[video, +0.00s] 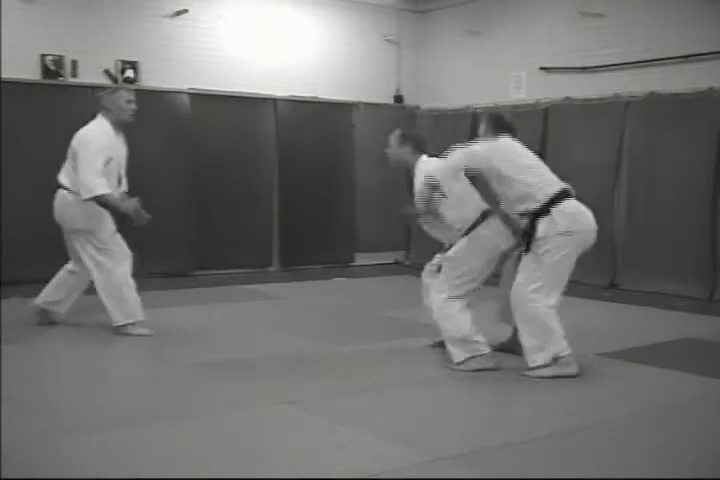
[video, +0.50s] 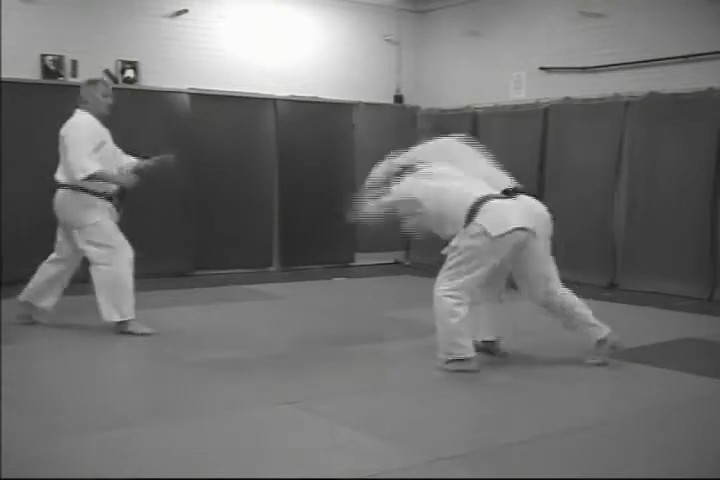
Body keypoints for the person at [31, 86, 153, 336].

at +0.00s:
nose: (134, 108)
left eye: (134, 103)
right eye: (128, 102)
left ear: (113, 106)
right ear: (108, 104)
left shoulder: (116, 137)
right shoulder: (92, 136)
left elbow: (117, 183)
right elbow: (92, 186)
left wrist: (128, 203)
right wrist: (125, 206)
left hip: (88, 202)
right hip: (79, 204)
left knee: (83, 262)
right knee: (116, 257)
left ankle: (48, 308)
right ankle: (126, 321)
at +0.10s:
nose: (135, 106)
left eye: (135, 101)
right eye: (129, 101)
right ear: (109, 103)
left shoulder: (117, 136)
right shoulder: (94, 134)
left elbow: (119, 181)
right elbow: (92, 184)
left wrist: (131, 205)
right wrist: (125, 206)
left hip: (92, 201)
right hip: (79, 203)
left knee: (86, 260)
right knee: (117, 255)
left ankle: (55, 310)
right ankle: (122, 321)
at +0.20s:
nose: (128, 103)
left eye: (127, 98)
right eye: (122, 98)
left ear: (109, 104)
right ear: (104, 102)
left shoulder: (109, 134)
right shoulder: (93, 133)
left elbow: (119, 175)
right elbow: (93, 180)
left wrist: (142, 193)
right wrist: (122, 200)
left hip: (80, 203)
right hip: (86, 204)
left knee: (84, 263)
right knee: (122, 259)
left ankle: (55, 313)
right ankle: (124, 322)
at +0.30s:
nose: (122, 96)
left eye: (122, 91)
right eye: (117, 91)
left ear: (104, 96)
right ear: (98, 95)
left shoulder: (104, 124)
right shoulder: (91, 124)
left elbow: (118, 164)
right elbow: (93, 174)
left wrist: (144, 175)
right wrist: (123, 189)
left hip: (81, 195)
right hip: (87, 198)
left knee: (81, 258)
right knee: (118, 257)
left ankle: (54, 311)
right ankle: (125, 321)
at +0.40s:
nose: (114, 92)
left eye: (114, 88)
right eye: (109, 88)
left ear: (96, 90)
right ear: (91, 89)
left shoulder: (95, 118)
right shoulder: (85, 118)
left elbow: (114, 155)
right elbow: (84, 162)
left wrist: (146, 160)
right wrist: (118, 176)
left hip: (84, 192)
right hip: (87, 194)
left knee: (72, 253)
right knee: (113, 253)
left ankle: (46, 307)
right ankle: (122, 319)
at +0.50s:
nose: (110, 101)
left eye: (110, 96)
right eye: (105, 96)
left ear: (94, 99)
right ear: (89, 97)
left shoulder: (93, 126)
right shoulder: (80, 125)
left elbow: (116, 159)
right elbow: (82, 169)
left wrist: (146, 164)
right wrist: (117, 178)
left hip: (83, 199)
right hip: (82, 201)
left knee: (65, 257)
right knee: (118, 253)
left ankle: (30, 305)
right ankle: (124, 320)